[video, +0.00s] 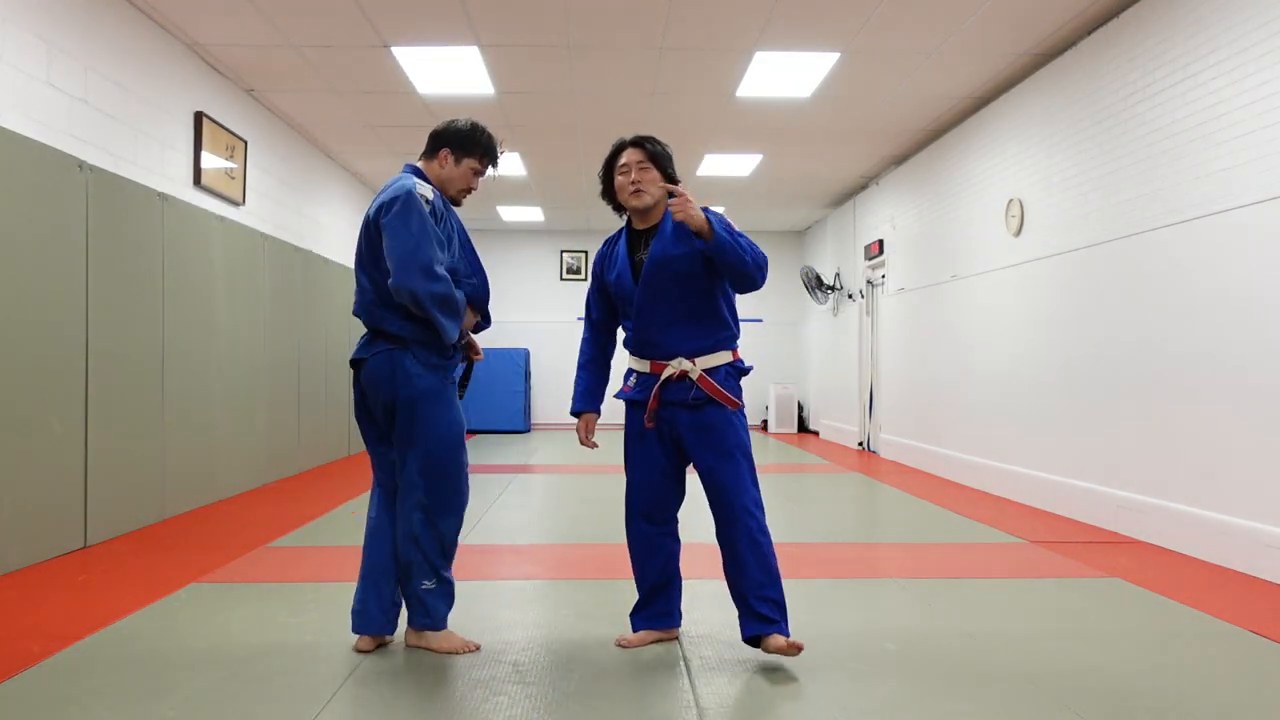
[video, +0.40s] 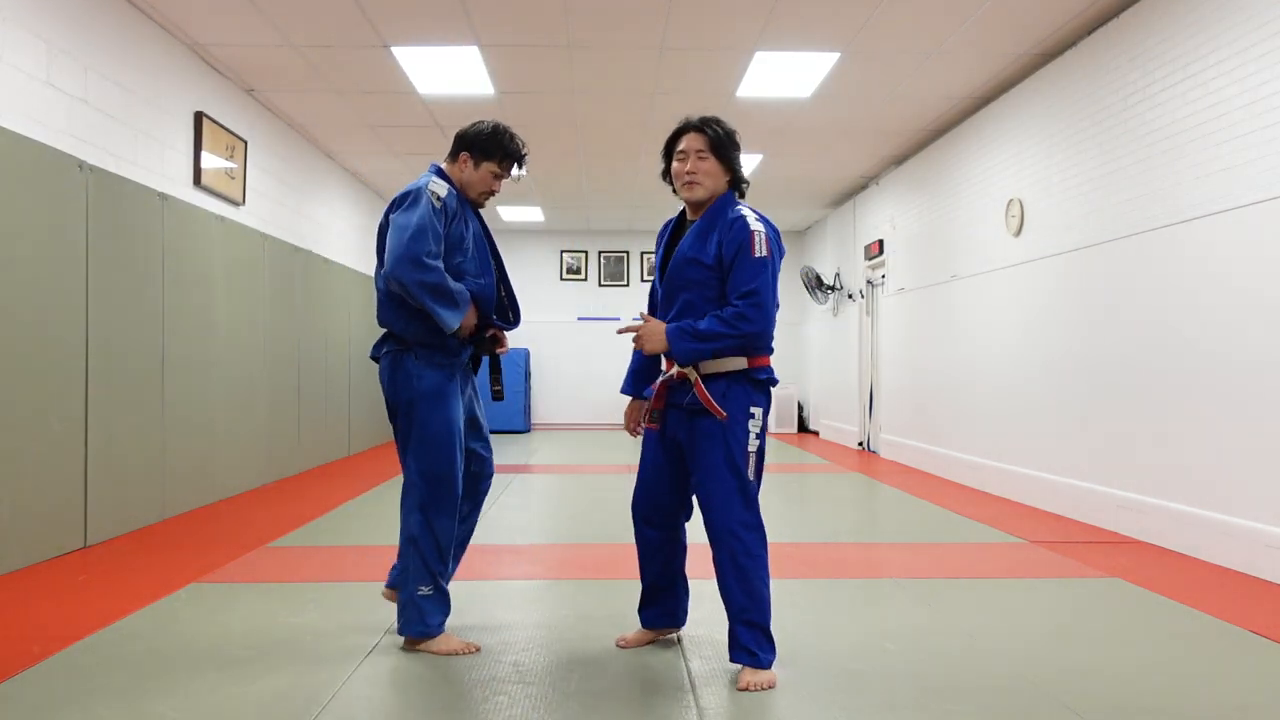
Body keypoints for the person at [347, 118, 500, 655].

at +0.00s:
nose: (476, 185)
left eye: (481, 176)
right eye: (474, 172)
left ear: (444, 161)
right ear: (445, 157)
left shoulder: (424, 202)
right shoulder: (411, 196)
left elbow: (459, 279)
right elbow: (415, 278)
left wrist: (465, 328)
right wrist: (459, 321)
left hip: (391, 363)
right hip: (412, 366)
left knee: (393, 489)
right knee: (437, 489)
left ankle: (372, 624)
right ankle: (427, 624)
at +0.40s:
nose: (498, 188)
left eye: (504, 178)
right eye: (496, 175)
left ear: (470, 167)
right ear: (464, 161)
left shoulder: (461, 210)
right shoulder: (427, 198)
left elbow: (468, 281)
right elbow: (409, 266)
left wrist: (487, 326)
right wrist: (460, 310)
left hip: (451, 366)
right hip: (420, 366)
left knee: (474, 470)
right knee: (436, 484)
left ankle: (411, 577)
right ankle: (421, 627)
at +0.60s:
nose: (509, 190)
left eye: (515, 180)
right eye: (505, 177)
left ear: (491, 172)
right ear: (473, 162)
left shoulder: (482, 217)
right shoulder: (432, 204)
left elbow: (495, 288)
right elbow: (415, 278)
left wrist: (510, 329)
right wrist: (469, 320)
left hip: (468, 368)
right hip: (429, 367)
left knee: (481, 485)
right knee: (430, 493)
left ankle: (490, 593)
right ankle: (419, 627)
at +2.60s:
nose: (469, 158)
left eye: (476, 149)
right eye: (458, 148)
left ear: (483, 157)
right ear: (435, 154)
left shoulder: (496, 220)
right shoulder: (406, 223)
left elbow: (523, 279)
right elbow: (386, 303)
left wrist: (502, 315)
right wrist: (431, 364)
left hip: (482, 376)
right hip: (423, 380)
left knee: (492, 491)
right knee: (422, 497)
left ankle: (500, 597)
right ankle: (421, 616)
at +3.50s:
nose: (518, 170)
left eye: (527, 165)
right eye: (511, 159)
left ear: (531, 174)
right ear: (487, 159)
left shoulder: (531, 232)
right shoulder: (437, 208)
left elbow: (530, 311)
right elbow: (367, 259)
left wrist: (478, 348)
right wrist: (401, 311)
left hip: (498, 374)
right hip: (439, 370)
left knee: (498, 486)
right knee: (430, 489)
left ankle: (500, 598)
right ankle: (423, 614)